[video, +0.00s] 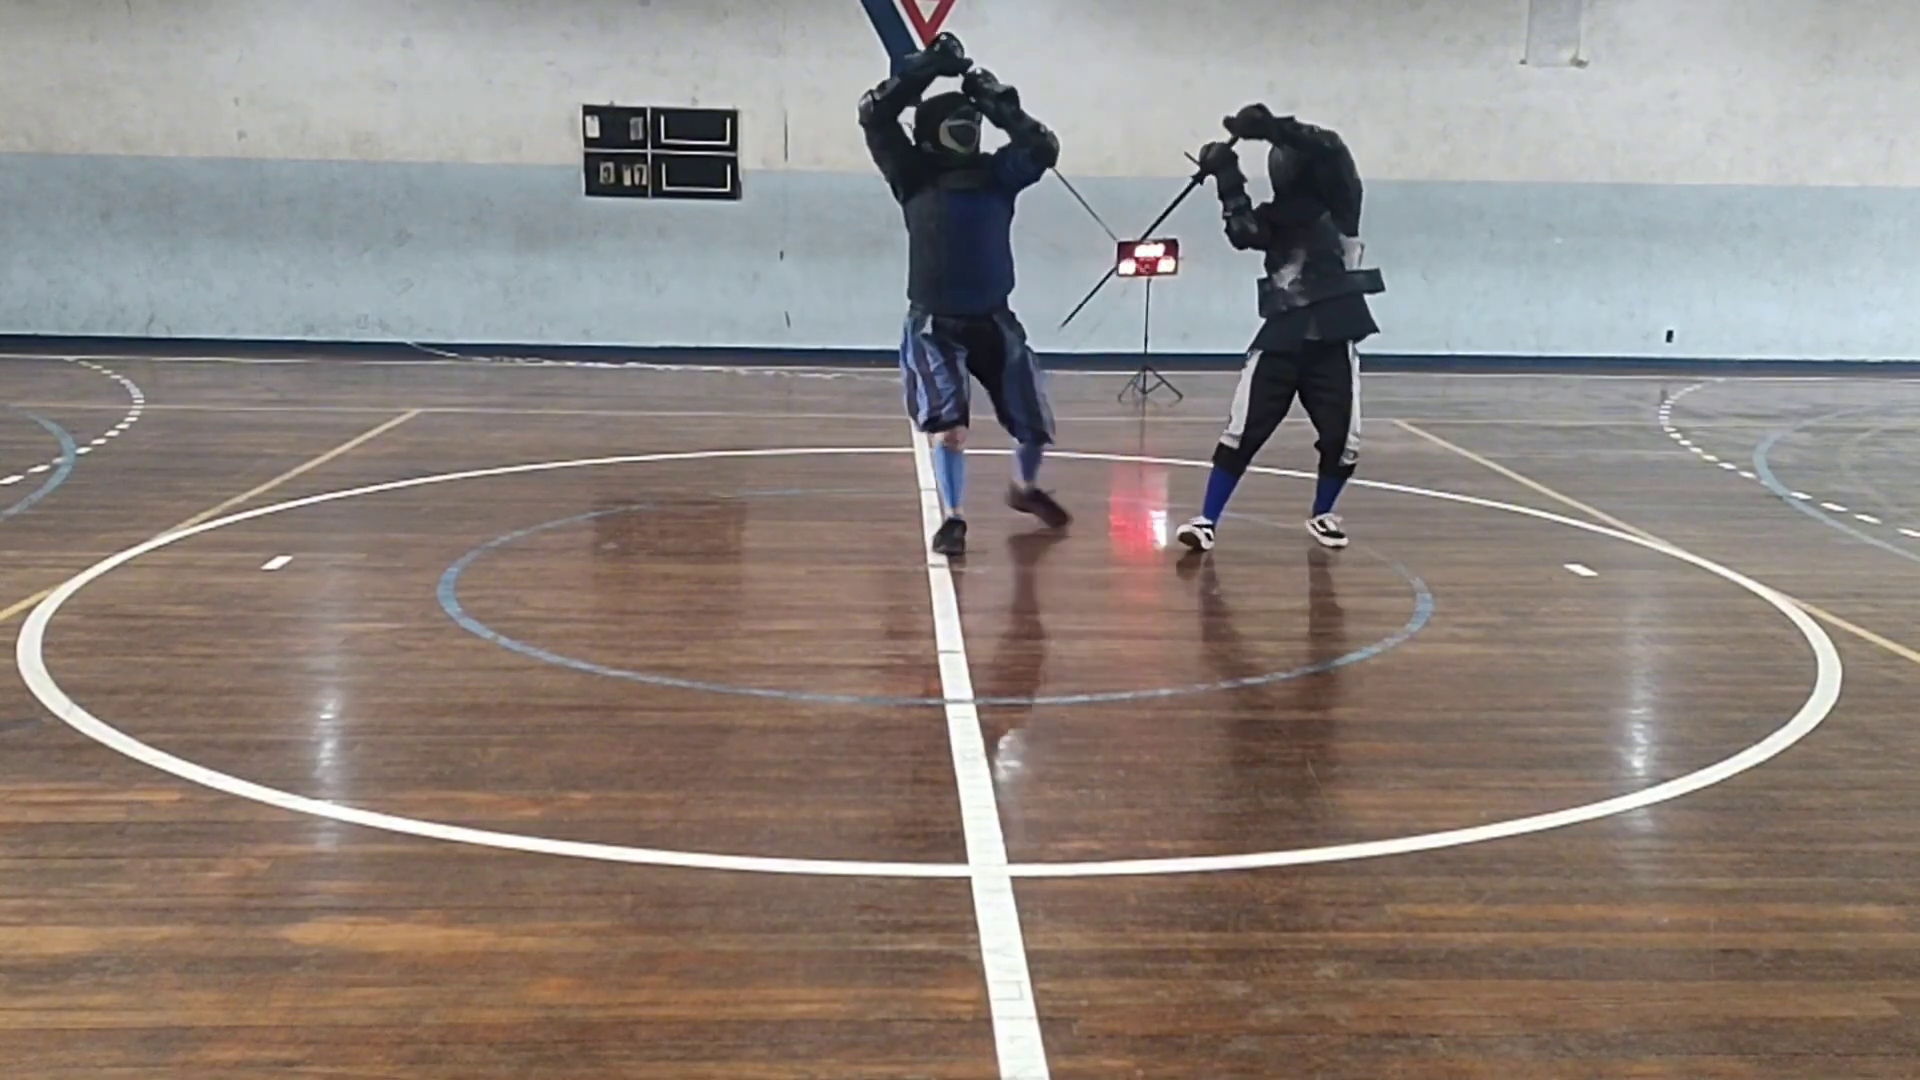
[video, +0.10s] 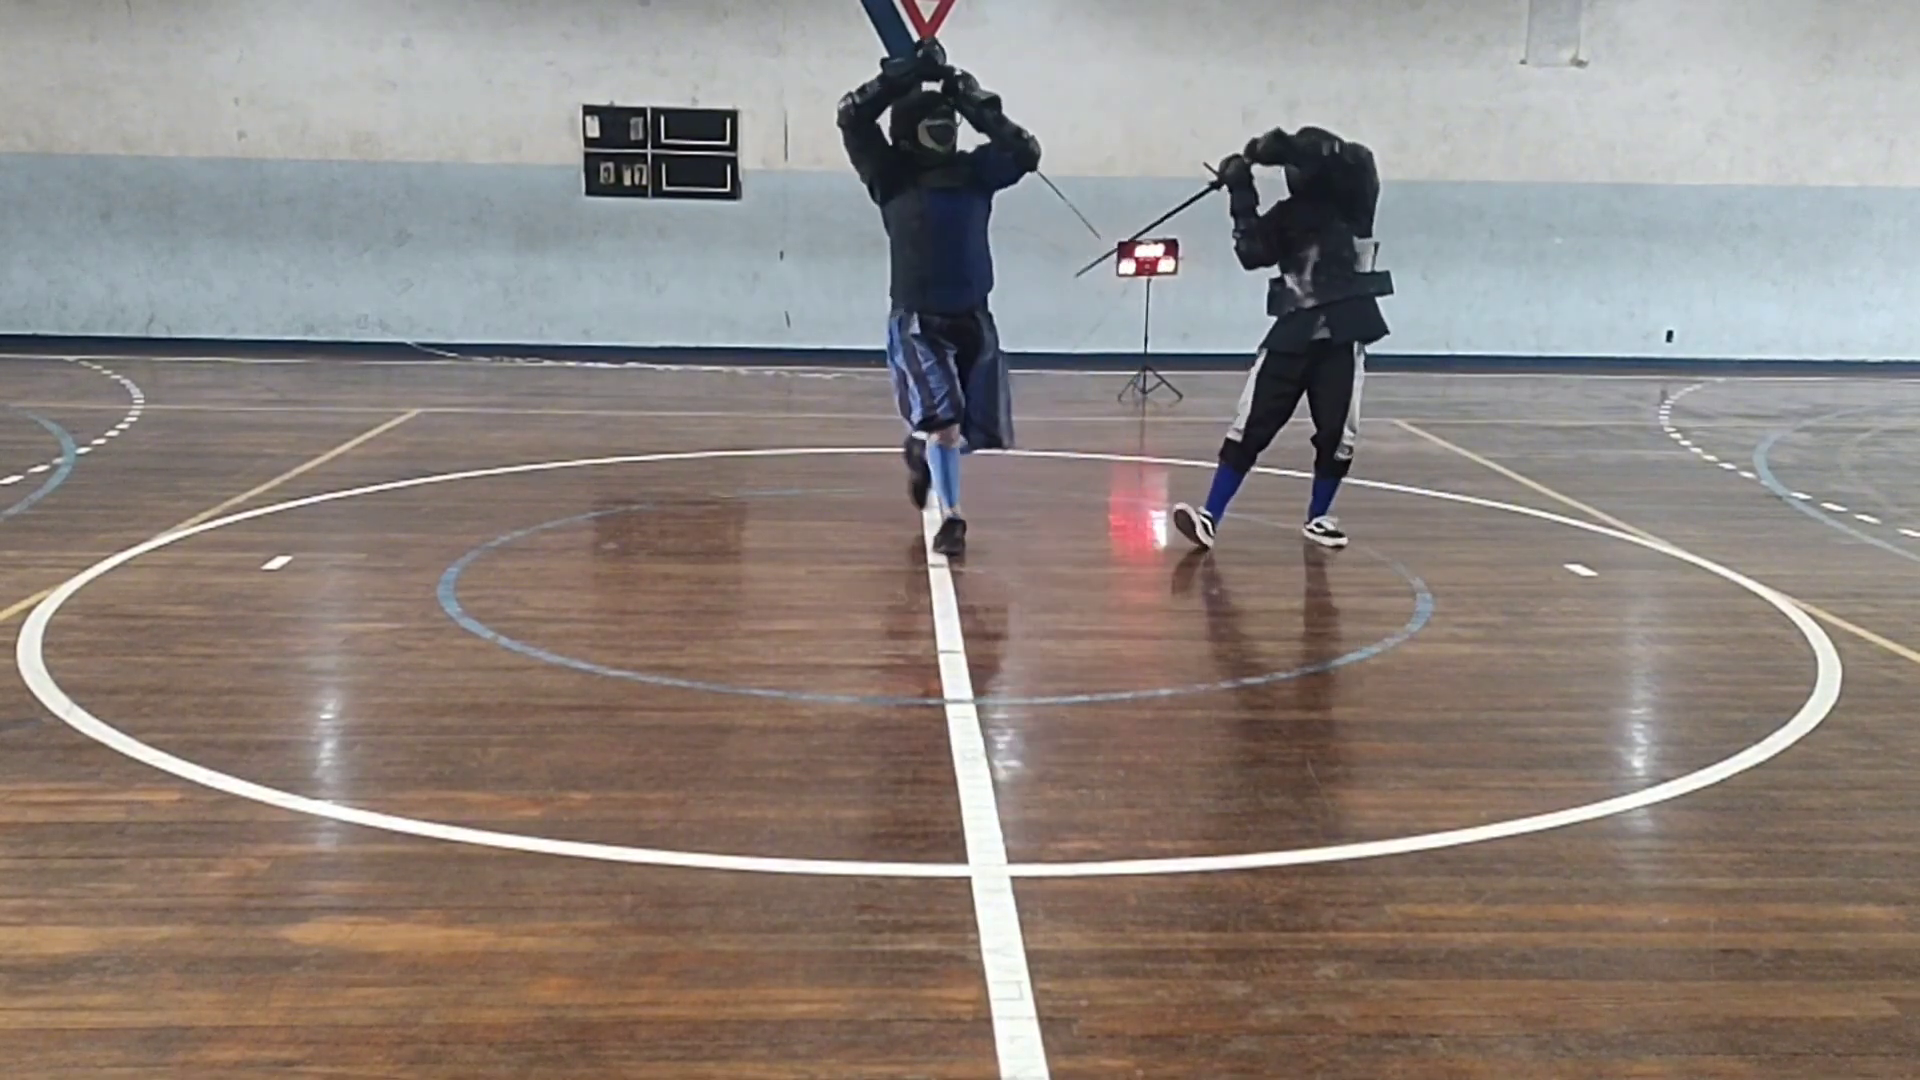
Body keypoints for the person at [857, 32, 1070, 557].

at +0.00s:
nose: (968, 132)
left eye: (974, 124)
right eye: (955, 125)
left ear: (980, 130)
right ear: (931, 133)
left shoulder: (1001, 175)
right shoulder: (914, 177)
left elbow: (1042, 148)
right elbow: (874, 114)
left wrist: (998, 104)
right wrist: (924, 67)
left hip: (993, 319)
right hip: (934, 322)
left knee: (1031, 419)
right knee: (950, 427)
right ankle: (952, 519)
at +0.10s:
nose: (944, 135)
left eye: (949, 126)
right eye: (932, 126)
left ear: (957, 129)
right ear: (906, 133)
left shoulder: (977, 172)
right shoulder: (892, 177)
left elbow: (1024, 153)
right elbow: (852, 117)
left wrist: (978, 106)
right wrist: (902, 75)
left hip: (972, 317)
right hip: (918, 319)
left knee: (972, 427)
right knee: (945, 421)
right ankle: (950, 520)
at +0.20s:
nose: (924, 126)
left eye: (928, 119)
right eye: (914, 120)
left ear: (935, 122)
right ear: (889, 125)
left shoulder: (951, 167)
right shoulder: (869, 170)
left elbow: (1000, 178)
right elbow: (831, 126)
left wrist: (959, 117)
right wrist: (883, 93)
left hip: (949, 314)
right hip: (900, 315)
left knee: (941, 423)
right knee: (934, 420)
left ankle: (869, 473)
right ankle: (951, 523)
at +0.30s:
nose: (900, 124)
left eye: (903, 115)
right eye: (890, 115)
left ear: (907, 121)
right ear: (864, 121)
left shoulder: (921, 163)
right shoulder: (847, 168)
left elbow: (974, 212)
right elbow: (816, 150)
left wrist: (943, 156)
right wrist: (888, 129)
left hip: (920, 305)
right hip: (875, 306)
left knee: (899, 415)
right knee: (916, 413)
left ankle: (837, 488)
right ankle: (945, 517)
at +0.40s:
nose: (882, 117)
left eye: (883, 109)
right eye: (873, 108)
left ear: (882, 115)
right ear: (845, 114)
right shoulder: (823, 167)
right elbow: (813, 194)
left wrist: (927, 202)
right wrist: (881, 184)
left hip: (893, 303)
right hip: (849, 304)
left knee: (880, 410)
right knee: (889, 409)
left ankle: (830, 496)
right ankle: (917, 517)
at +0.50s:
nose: (859, 113)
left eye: (861, 104)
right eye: (852, 103)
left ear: (822, 110)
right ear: (826, 108)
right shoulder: (831, 157)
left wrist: (898, 228)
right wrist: (896, 242)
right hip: (838, 297)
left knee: (861, 398)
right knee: (870, 399)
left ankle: (830, 496)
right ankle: (860, 504)